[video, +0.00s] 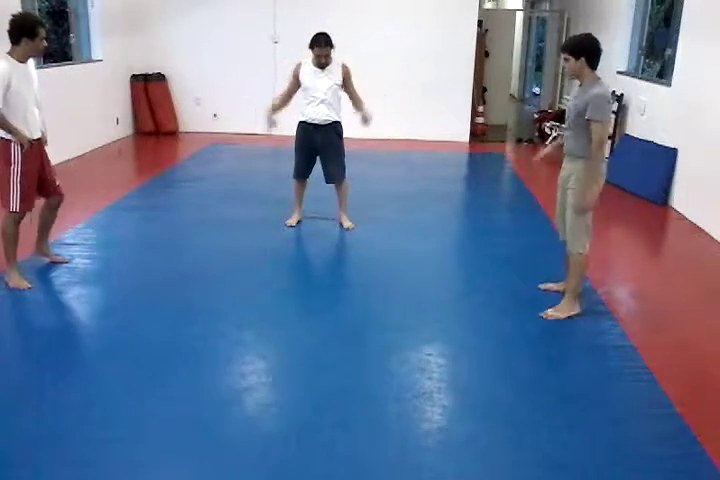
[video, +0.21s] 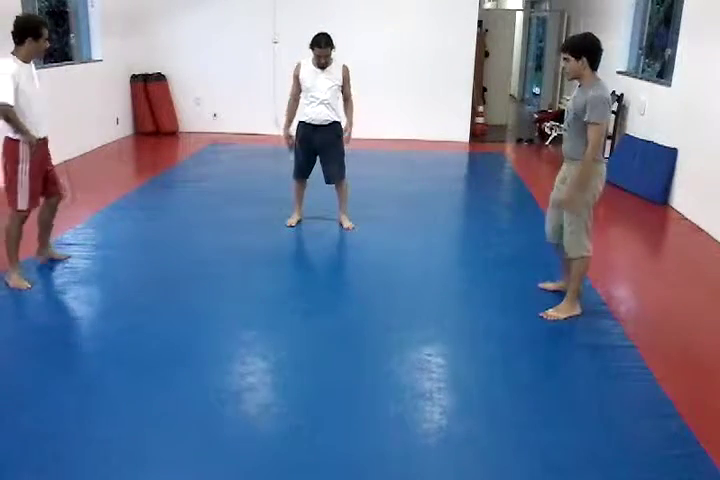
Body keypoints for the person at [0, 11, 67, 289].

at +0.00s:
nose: (46, 44)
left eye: (45, 38)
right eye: (42, 39)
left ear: (27, 41)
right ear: (25, 40)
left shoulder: (29, 65)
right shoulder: (5, 68)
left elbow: (33, 102)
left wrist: (42, 130)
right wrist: (17, 133)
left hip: (34, 142)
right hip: (12, 145)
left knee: (55, 197)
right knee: (14, 211)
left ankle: (42, 245)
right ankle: (11, 269)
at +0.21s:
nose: (48, 45)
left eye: (48, 39)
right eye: (45, 40)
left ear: (29, 41)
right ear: (29, 40)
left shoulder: (29, 67)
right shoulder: (9, 67)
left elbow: (30, 104)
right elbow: (4, 107)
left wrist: (40, 133)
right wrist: (27, 133)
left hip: (38, 142)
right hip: (19, 145)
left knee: (53, 196)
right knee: (20, 210)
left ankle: (44, 248)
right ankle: (13, 269)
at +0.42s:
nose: (51, 44)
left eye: (51, 39)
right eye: (49, 38)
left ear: (29, 38)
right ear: (39, 38)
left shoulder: (28, 65)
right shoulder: (18, 66)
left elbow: (29, 104)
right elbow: (21, 105)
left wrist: (46, 131)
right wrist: (45, 132)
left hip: (39, 139)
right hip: (29, 140)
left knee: (49, 198)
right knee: (41, 202)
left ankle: (43, 250)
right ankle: (22, 258)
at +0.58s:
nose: (53, 45)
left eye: (54, 40)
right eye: (53, 40)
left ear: (30, 37)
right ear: (45, 39)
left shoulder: (17, 60)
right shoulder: (32, 65)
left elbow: (6, 93)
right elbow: (39, 101)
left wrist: (23, 112)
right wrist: (54, 127)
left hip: (25, 135)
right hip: (39, 137)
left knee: (39, 194)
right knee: (69, 193)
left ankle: (40, 247)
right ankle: (47, 246)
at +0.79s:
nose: (61, 47)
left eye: (62, 42)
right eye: (61, 42)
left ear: (37, 37)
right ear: (55, 40)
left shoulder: (20, 62)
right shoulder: (48, 63)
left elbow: (2, 93)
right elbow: (61, 97)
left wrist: (20, 118)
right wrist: (67, 123)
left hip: (26, 136)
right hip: (49, 136)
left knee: (40, 193)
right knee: (76, 184)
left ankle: (41, 250)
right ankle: (72, 240)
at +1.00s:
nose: (69, 46)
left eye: (68, 41)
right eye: (68, 41)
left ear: (43, 38)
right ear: (64, 40)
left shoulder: (25, 63)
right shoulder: (63, 67)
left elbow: (4, 93)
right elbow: (83, 100)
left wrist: (23, 119)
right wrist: (79, 123)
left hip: (34, 134)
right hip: (60, 135)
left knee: (46, 190)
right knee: (71, 186)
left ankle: (44, 247)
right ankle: (70, 235)